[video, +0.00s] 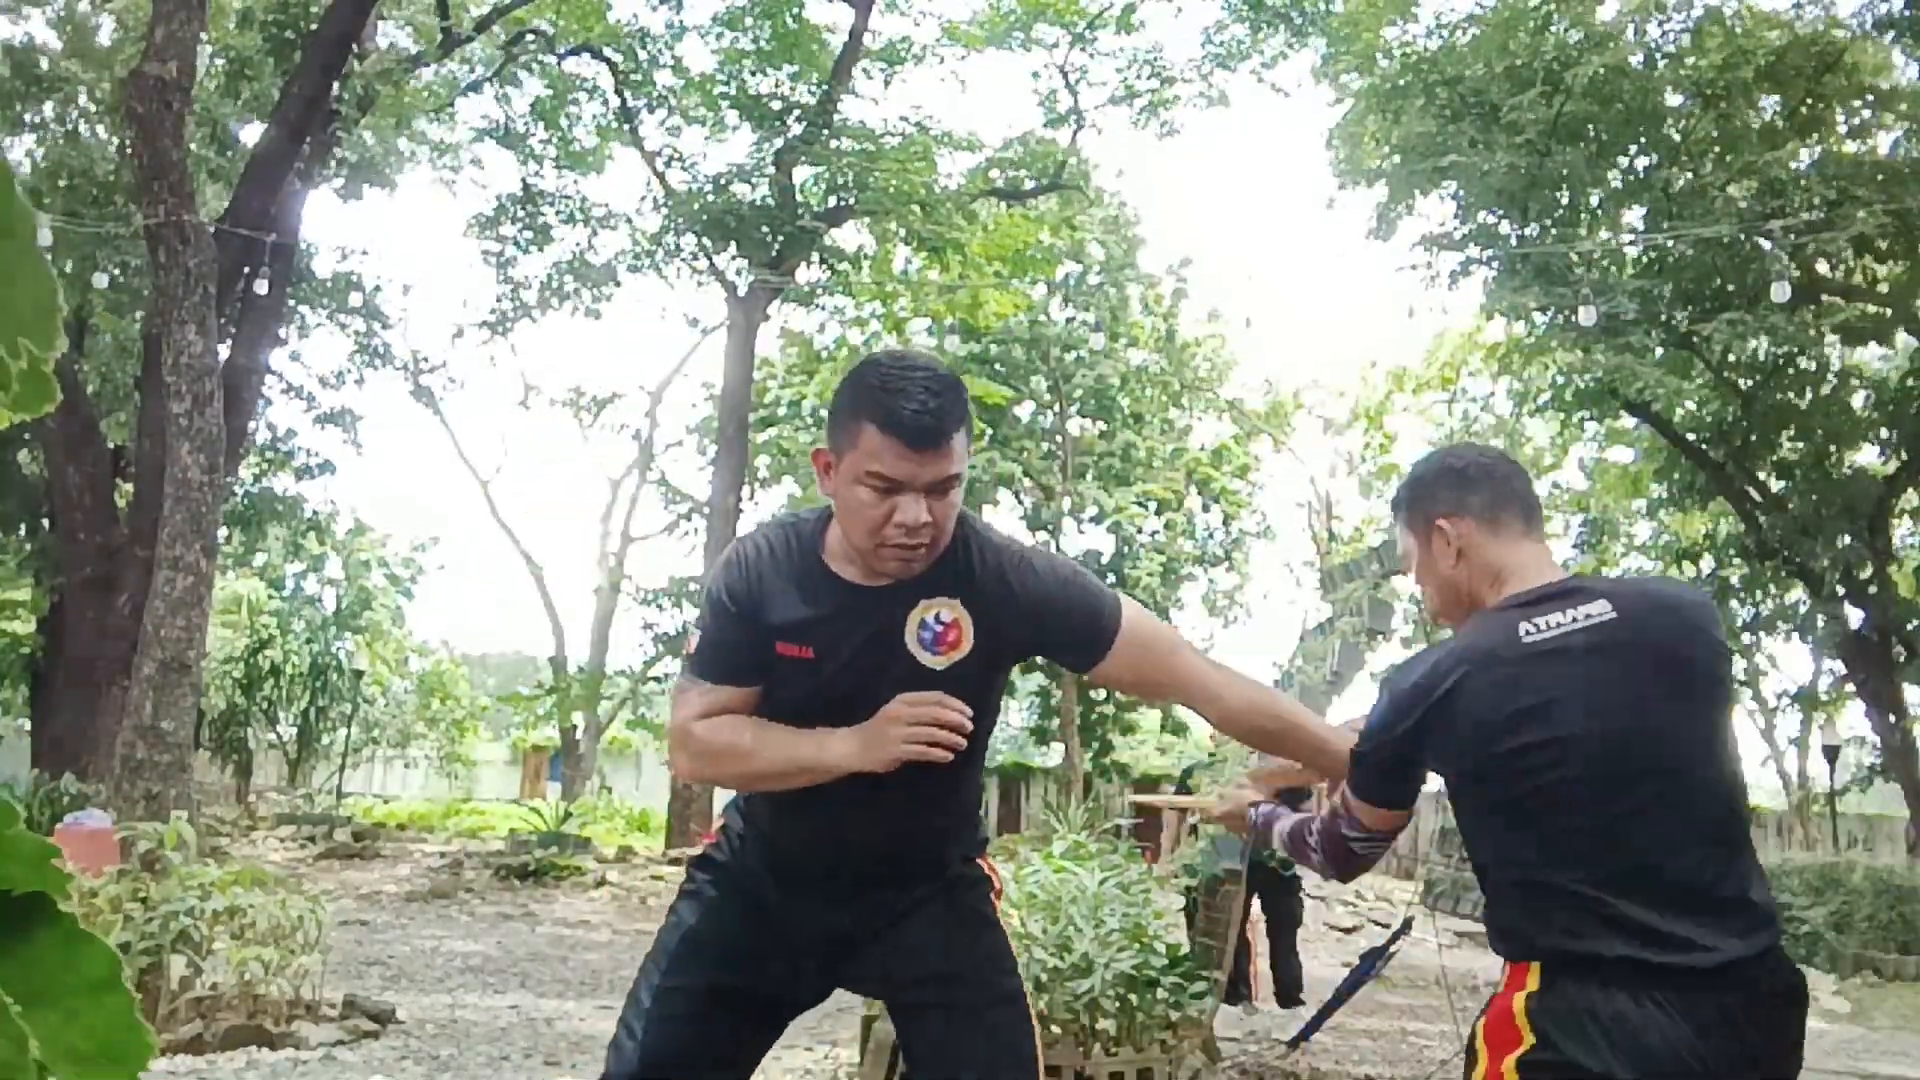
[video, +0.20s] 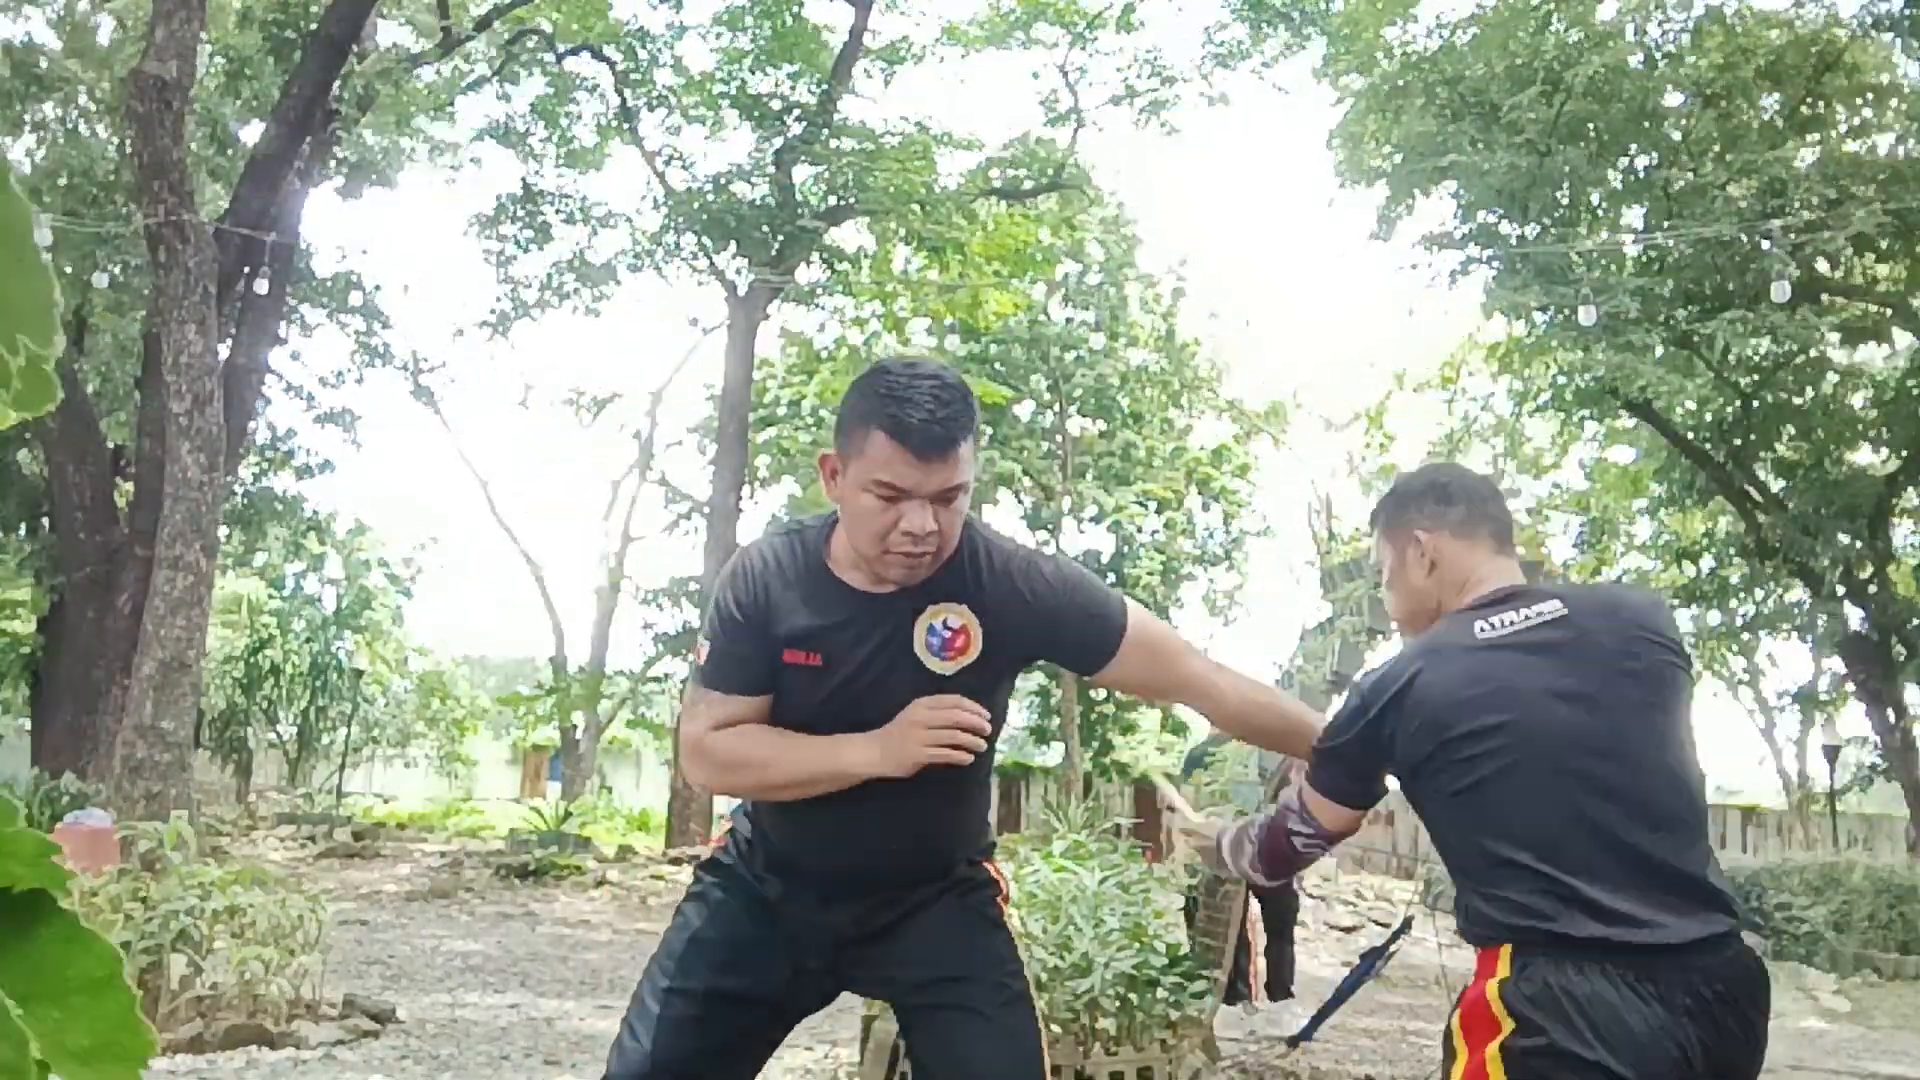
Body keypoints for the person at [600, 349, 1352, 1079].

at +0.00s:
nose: (915, 518)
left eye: (940, 489)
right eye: (886, 488)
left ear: (966, 474)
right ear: (827, 470)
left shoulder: (1003, 581)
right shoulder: (759, 571)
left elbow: (1191, 678)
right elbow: (692, 746)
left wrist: (1359, 768)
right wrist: (852, 745)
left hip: (931, 894)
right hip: (763, 883)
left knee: (993, 1066)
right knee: (647, 1064)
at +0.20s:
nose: (920, 527)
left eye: (946, 498)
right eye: (892, 497)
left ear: (972, 480)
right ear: (833, 476)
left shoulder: (1010, 584)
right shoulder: (763, 581)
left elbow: (1195, 681)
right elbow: (706, 755)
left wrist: (1352, 746)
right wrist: (873, 750)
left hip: (936, 899)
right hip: (765, 891)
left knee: (1000, 1065)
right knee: (650, 1064)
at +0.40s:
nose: (906, 529)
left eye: (932, 502)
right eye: (878, 499)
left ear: (960, 484)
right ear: (823, 476)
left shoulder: (1002, 585)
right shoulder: (760, 583)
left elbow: (1181, 679)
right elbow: (700, 758)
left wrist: (1327, 754)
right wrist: (859, 755)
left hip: (937, 899)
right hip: (766, 889)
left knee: (1001, 1068)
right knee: (643, 1066)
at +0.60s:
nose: (885, 515)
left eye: (913, 488)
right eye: (860, 484)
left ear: (949, 474)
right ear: (812, 463)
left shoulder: (989, 578)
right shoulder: (756, 570)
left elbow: (1147, 702)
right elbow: (698, 750)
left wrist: (1280, 821)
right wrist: (863, 726)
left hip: (933, 898)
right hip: (767, 885)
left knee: (1001, 1068)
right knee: (640, 1067)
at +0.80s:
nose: (832, 507)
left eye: (863, 480)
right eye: (806, 475)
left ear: (906, 462)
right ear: (769, 453)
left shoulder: (957, 579)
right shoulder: (732, 571)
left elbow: (1116, 699)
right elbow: (679, 742)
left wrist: (1260, 805)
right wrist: (820, 718)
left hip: (925, 899)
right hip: (758, 885)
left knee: (997, 1070)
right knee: (630, 1064)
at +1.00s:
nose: (810, 500)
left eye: (841, 472)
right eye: (783, 470)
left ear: (885, 455)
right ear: (747, 450)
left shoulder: (941, 575)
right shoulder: (717, 568)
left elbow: (1092, 716)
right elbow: (671, 745)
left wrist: (1216, 878)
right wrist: (812, 713)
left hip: (921, 895)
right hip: (754, 884)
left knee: (991, 1072)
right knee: (621, 1069)